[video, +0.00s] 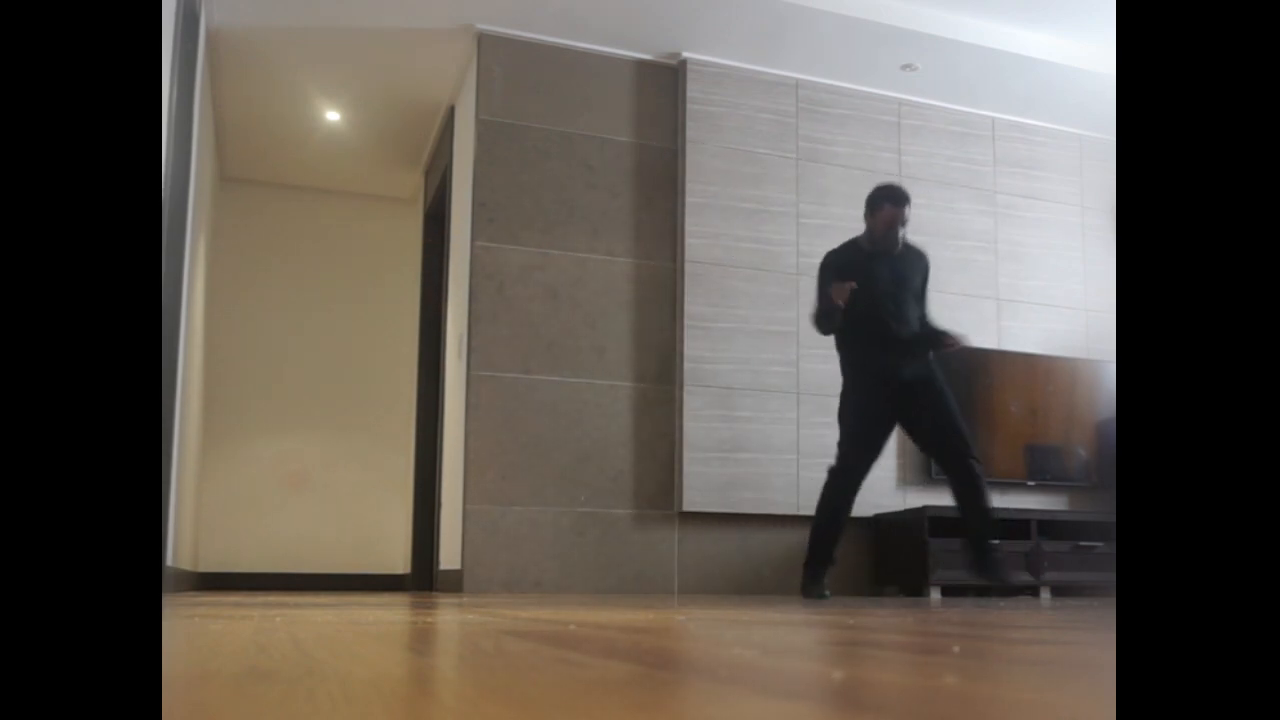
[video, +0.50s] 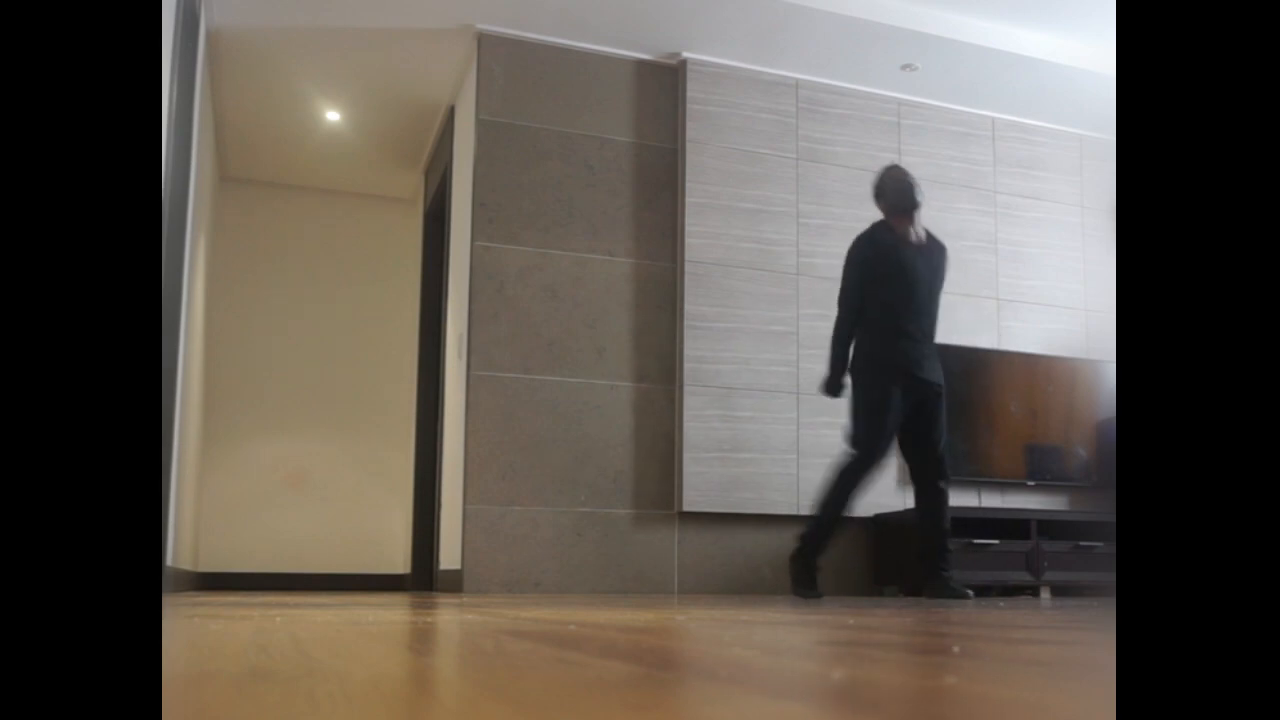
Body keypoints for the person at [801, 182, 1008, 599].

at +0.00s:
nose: (897, 231)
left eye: (902, 223)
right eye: (889, 223)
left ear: (907, 221)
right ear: (870, 218)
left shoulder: (915, 261)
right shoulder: (840, 261)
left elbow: (916, 323)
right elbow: (823, 325)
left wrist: (940, 338)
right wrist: (834, 305)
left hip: (919, 386)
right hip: (868, 389)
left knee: (963, 466)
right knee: (846, 477)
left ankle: (988, 564)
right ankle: (814, 574)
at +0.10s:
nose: (904, 221)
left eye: (908, 213)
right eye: (895, 214)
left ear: (914, 212)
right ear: (875, 213)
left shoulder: (929, 253)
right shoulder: (855, 261)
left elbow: (942, 313)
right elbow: (840, 328)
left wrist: (984, 334)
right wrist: (845, 334)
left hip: (918, 371)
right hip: (868, 371)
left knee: (952, 458)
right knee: (834, 457)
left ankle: (944, 572)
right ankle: (841, 560)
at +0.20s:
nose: (909, 229)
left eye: (914, 221)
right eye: (900, 222)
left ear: (920, 220)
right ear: (881, 224)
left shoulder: (938, 261)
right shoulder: (865, 269)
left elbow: (955, 318)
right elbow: (851, 327)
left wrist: (988, 348)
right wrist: (831, 370)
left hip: (923, 387)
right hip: (869, 385)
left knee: (950, 471)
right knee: (827, 453)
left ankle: (940, 575)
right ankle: (836, 558)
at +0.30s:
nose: (915, 212)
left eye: (920, 204)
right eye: (906, 205)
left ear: (928, 209)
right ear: (889, 209)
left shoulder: (945, 259)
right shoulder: (867, 262)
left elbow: (952, 327)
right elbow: (846, 330)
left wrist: (954, 386)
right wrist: (831, 393)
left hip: (929, 380)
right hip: (880, 380)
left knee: (940, 472)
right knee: (867, 459)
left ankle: (937, 575)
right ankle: (822, 563)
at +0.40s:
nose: (918, 201)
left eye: (923, 195)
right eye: (909, 195)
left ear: (931, 204)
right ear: (890, 204)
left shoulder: (946, 262)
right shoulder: (865, 253)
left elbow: (934, 329)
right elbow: (847, 318)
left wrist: (925, 376)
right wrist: (840, 380)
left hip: (927, 378)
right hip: (879, 375)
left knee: (934, 475)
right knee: (896, 464)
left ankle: (936, 575)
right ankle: (820, 552)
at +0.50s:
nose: (902, 205)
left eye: (901, 195)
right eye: (897, 196)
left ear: (886, 200)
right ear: (905, 197)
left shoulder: (936, 250)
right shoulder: (868, 247)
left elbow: (925, 315)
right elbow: (848, 310)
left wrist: (923, 367)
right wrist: (837, 369)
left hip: (923, 373)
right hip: (877, 372)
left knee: (931, 471)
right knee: (867, 455)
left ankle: (936, 573)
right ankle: (806, 556)